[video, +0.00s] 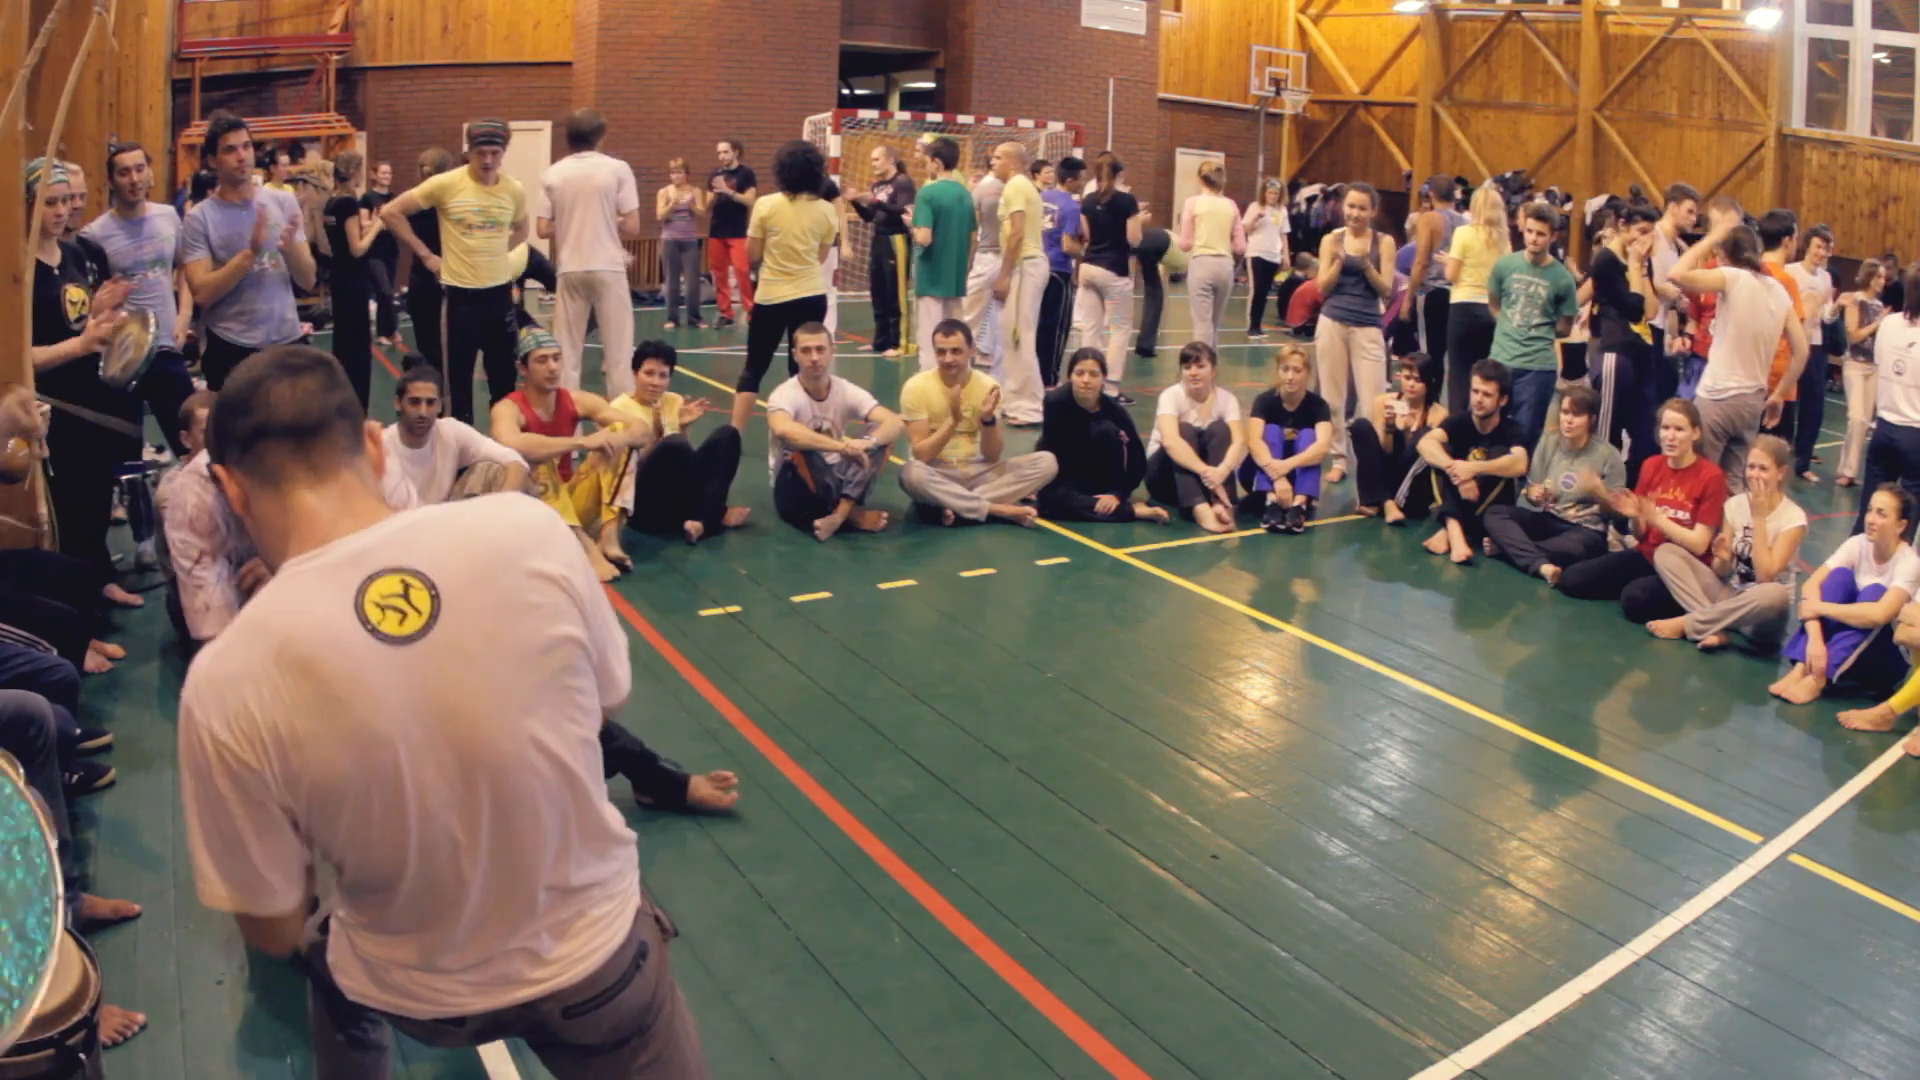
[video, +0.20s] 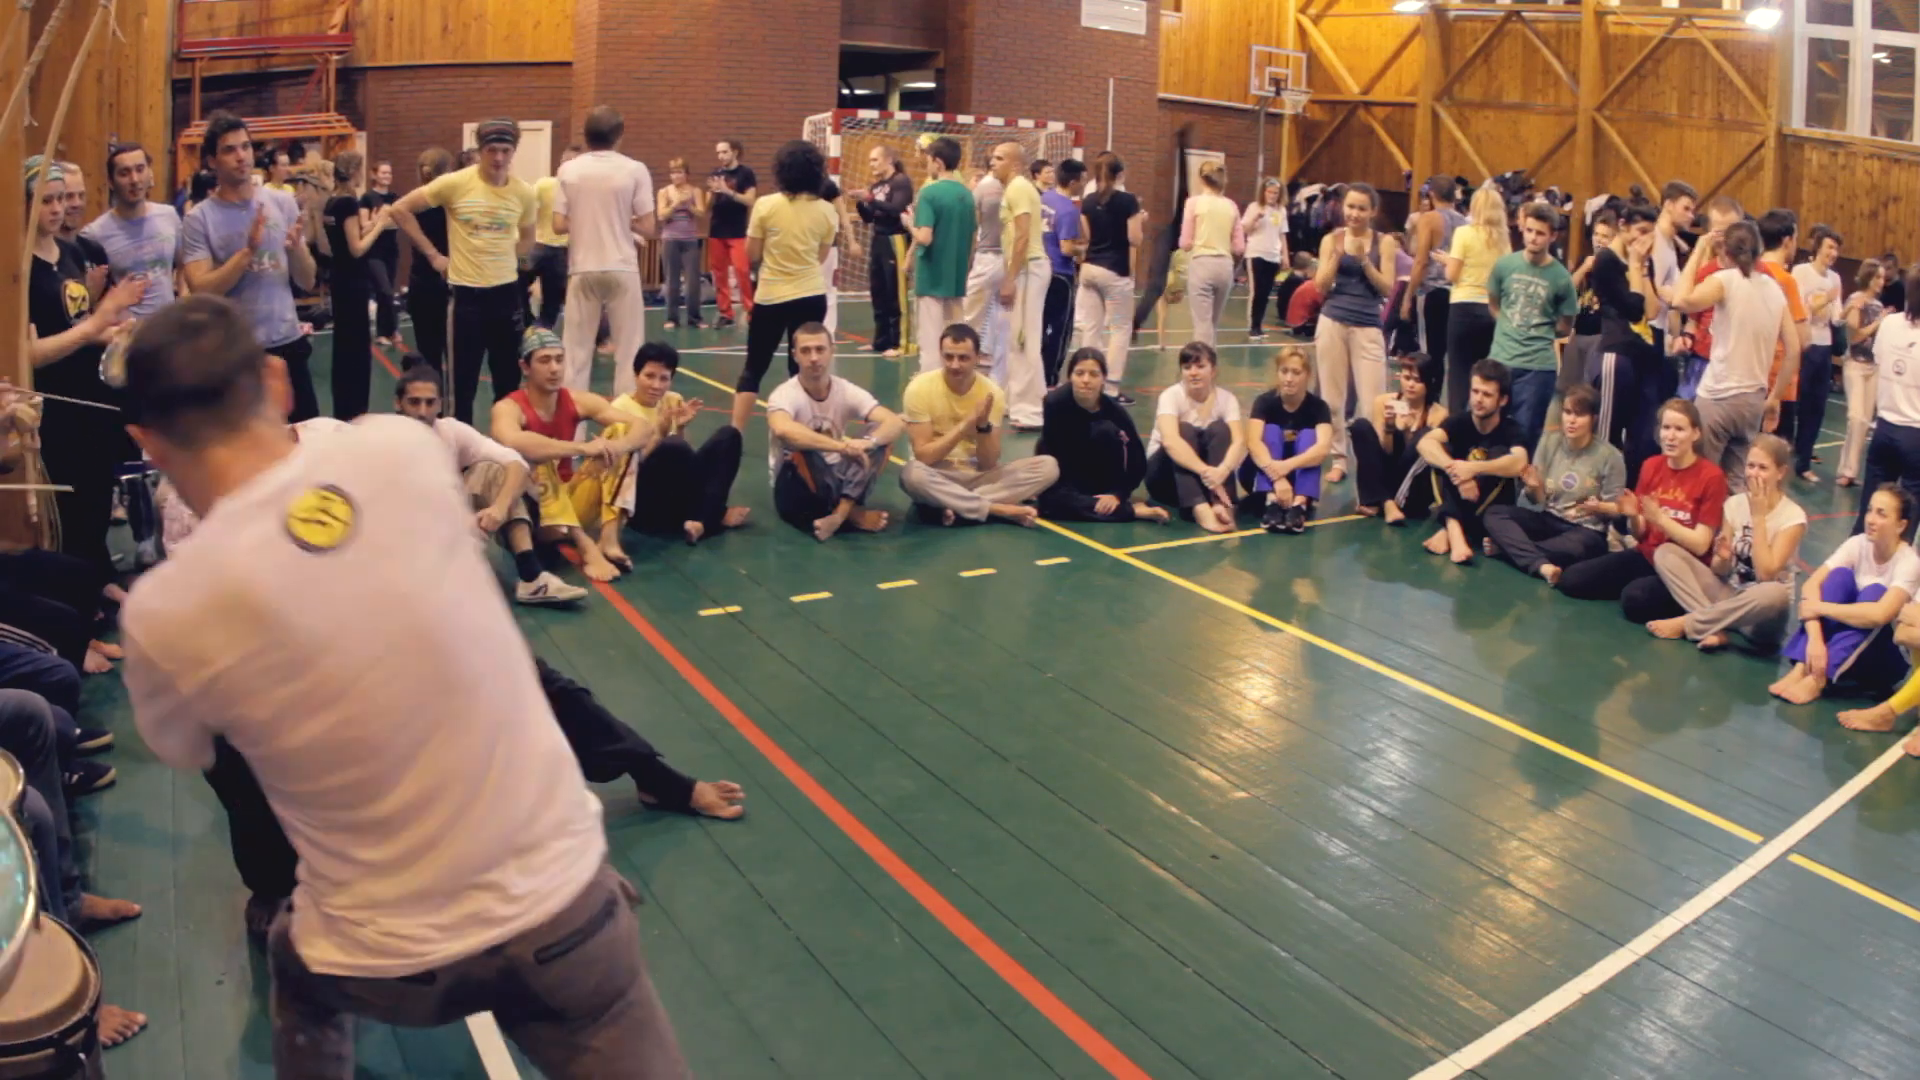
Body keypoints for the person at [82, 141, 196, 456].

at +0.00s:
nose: (134, 179)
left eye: (139, 169)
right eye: (124, 172)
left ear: (150, 174)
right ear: (111, 181)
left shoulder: (168, 216)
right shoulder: (94, 235)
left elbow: (183, 268)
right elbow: (89, 291)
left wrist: (184, 319)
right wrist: (106, 332)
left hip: (167, 348)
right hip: (119, 354)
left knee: (191, 442)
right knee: (125, 451)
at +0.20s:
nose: (134, 180)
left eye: (140, 170)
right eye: (124, 173)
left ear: (150, 175)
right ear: (111, 183)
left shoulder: (169, 216)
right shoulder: (93, 236)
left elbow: (181, 265)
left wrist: (182, 299)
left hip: (168, 327)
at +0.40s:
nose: (134, 180)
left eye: (139, 170)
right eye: (124, 173)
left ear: (150, 175)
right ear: (111, 181)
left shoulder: (169, 217)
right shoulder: (93, 236)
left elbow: (183, 268)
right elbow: (89, 296)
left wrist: (184, 319)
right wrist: (113, 324)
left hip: (168, 347)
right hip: (121, 354)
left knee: (182, 430)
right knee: (130, 437)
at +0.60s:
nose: (134, 179)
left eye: (140, 169)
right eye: (124, 173)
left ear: (150, 174)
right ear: (111, 181)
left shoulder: (168, 216)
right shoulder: (94, 235)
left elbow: (182, 271)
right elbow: (88, 300)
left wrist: (184, 317)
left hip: (167, 349)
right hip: (121, 355)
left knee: (192, 442)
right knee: (126, 451)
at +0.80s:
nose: (134, 179)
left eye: (140, 170)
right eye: (124, 173)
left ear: (150, 174)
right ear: (111, 181)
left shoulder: (169, 216)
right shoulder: (93, 236)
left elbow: (183, 270)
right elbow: (88, 300)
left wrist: (183, 320)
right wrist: (112, 324)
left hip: (168, 351)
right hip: (120, 356)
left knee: (192, 442)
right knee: (126, 452)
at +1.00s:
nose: (134, 179)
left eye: (139, 169)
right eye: (124, 173)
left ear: (150, 173)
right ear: (111, 181)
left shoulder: (168, 216)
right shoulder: (93, 236)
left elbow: (183, 271)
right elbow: (90, 302)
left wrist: (184, 318)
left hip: (169, 353)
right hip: (121, 359)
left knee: (193, 443)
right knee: (127, 455)